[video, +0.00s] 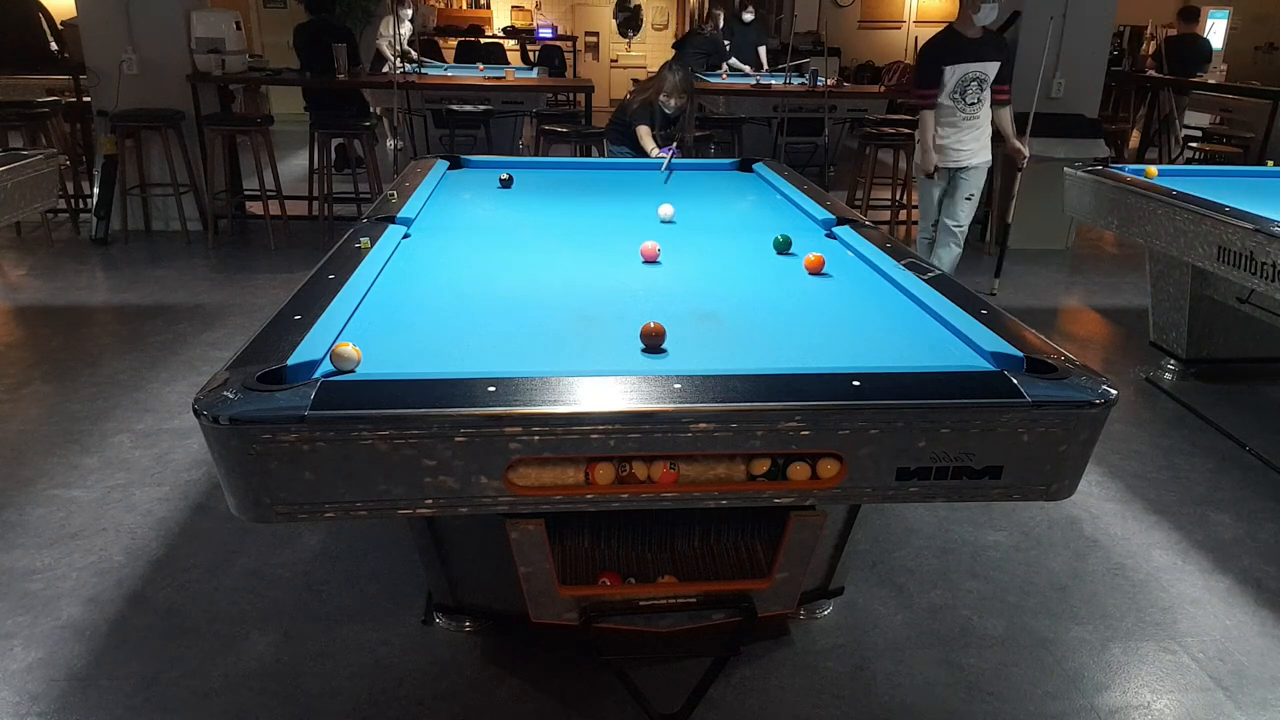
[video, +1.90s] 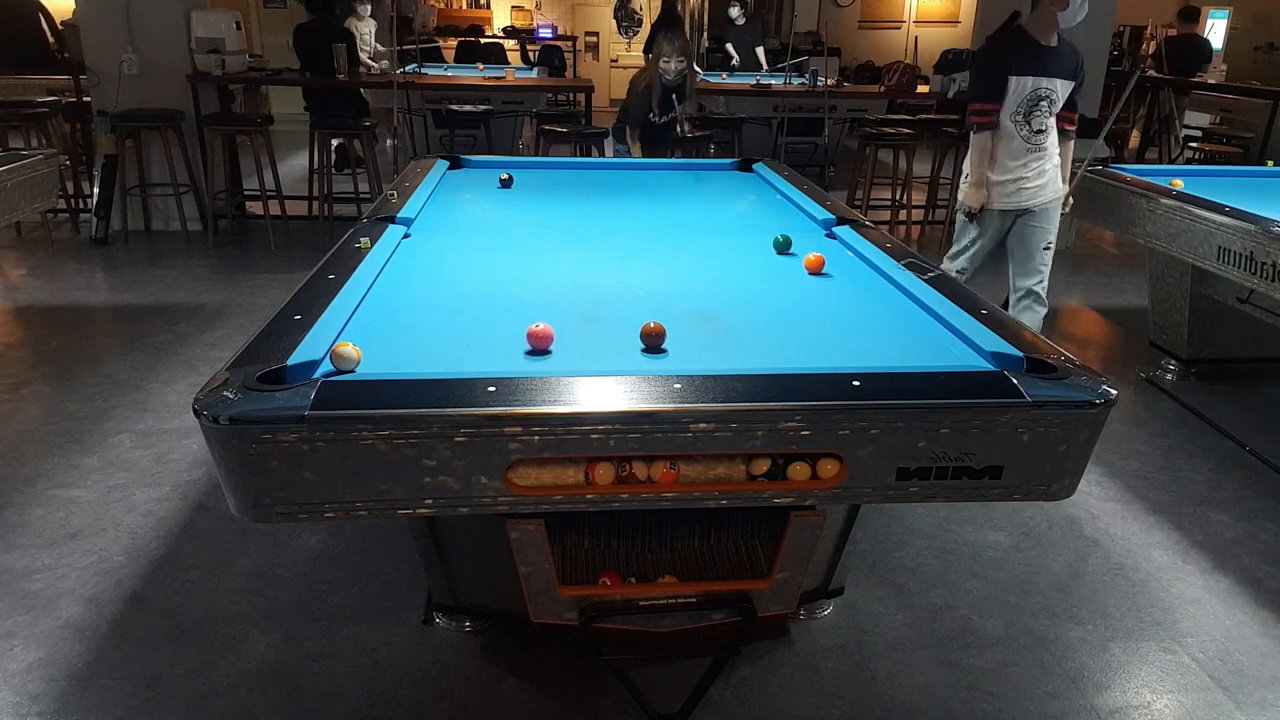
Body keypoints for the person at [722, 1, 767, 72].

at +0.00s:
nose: (749, 16)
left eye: (751, 13)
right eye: (746, 13)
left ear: (755, 13)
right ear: (741, 12)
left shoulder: (757, 25)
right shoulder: (732, 24)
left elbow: (761, 46)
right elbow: (725, 44)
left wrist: (765, 65)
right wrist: (724, 63)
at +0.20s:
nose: (750, 16)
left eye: (753, 14)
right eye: (747, 14)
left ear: (756, 14)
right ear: (741, 13)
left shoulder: (758, 26)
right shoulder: (732, 25)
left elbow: (761, 46)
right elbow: (726, 44)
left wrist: (765, 66)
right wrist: (730, 63)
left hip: (754, 69)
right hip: (736, 69)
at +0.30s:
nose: (750, 17)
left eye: (753, 14)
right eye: (747, 14)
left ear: (756, 14)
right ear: (742, 13)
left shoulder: (758, 26)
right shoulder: (733, 25)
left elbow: (762, 46)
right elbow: (727, 45)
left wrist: (765, 65)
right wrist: (738, 62)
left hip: (754, 69)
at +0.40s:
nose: (749, 16)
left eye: (752, 14)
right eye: (747, 13)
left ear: (755, 14)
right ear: (741, 13)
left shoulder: (758, 26)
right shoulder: (733, 25)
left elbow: (762, 46)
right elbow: (732, 47)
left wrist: (765, 65)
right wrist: (747, 64)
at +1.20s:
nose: (739, 11)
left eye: (742, 8)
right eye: (737, 8)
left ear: (749, 11)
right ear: (734, 10)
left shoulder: (757, 25)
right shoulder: (731, 25)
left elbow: (761, 46)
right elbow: (735, 45)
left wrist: (765, 66)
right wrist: (749, 64)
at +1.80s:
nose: (733, 10)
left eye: (736, 7)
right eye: (731, 7)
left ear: (744, 10)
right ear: (729, 10)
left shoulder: (754, 25)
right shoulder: (728, 26)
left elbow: (759, 46)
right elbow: (730, 44)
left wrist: (765, 65)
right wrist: (741, 59)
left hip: (752, 69)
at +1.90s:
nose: (731, 10)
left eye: (735, 7)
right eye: (730, 7)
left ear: (742, 10)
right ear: (727, 10)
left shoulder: (753, 25)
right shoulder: (727, 26)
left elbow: (758, 46)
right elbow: (727, 44)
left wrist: (764, 65)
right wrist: (735, 56)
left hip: (752, 69)